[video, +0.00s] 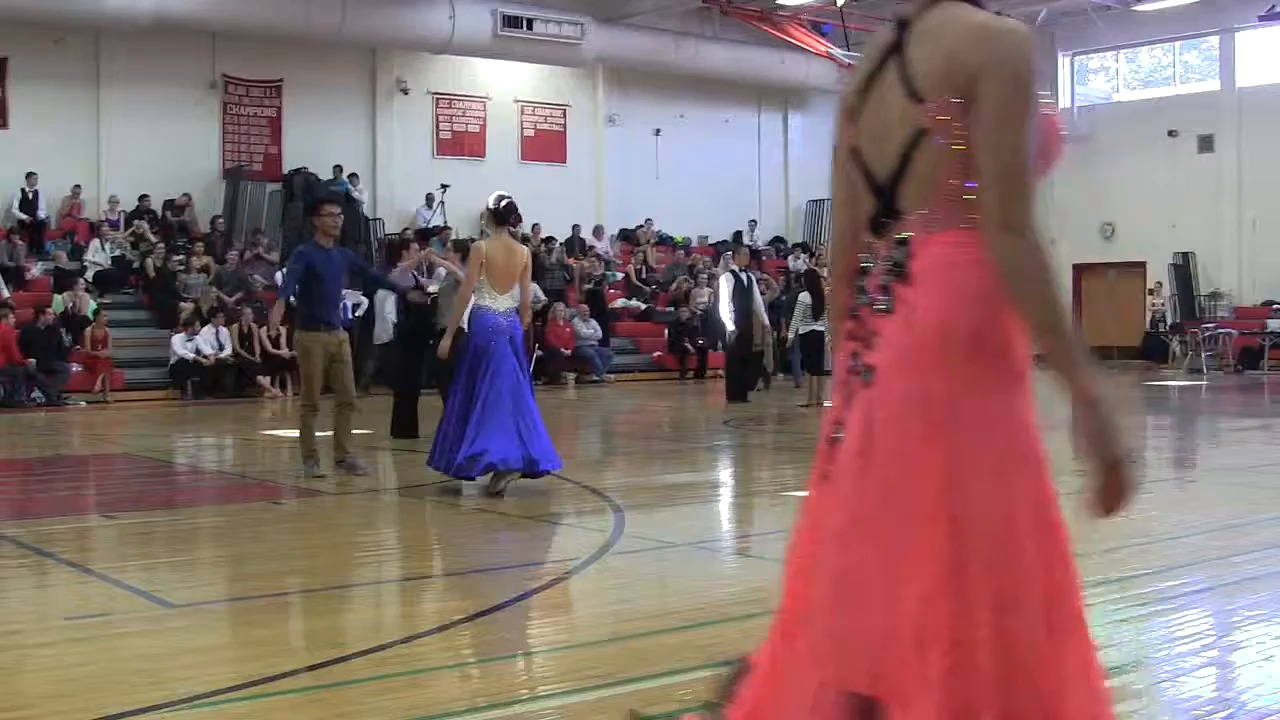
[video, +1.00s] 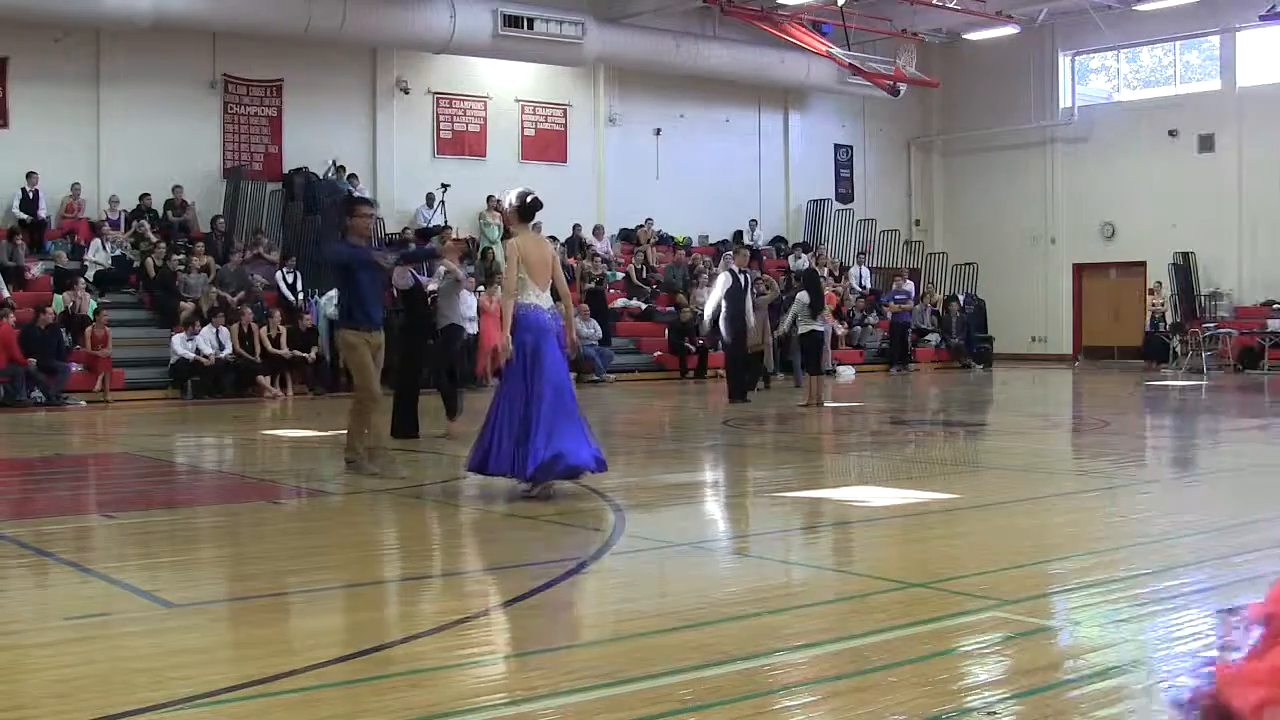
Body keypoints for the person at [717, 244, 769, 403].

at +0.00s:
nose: (747, 258)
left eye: (748, 255)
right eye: (744, 255)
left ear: (749, 257)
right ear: (735, 256)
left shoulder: (751, 277)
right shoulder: (726, 278)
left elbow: (758, 302)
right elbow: (724, 304)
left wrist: (765, 322)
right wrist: (730, 326)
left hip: (748, 322)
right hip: (735, 322)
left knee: (747, 356)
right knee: (734, 358)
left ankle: (743, 391)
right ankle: (733, 394)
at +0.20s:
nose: (748, 257)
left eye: (748, 254)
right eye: (744, 254)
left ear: (748, 257)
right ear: (735, 256)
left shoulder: (750, 277)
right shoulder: (727, 277)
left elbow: (756, 301)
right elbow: (725, 305)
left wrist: (763, 320)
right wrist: (730, 327)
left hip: (749, 322)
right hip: (735, 322)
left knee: (747, 356)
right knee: (734, 357)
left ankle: (743, 391)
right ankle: (732, 393)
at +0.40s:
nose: (748, 258)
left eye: (748, 255)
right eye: (745, 255)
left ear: (746, 258)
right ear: (736, 257)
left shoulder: (748, 277)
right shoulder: (726, 277)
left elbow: (752, 300)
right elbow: (725, 304)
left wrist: (754, 320)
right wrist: (732, 327)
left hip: (746, 319)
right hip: (733, 319)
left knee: (743, 356)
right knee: (732, 357)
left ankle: (741, 391)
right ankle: (731, 392)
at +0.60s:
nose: (746, 259)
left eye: (747, 256)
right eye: (743, 255)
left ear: (746, 258)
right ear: (734, 256)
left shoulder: (747, 277)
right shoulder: (725, 276)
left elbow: (750, 302)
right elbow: (723, 304)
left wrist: (752, 322)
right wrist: (729, 327)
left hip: (745, 320)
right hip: (732, 320)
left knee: (742, 357)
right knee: (732, 359)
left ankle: (741, 391)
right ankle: (731, 393)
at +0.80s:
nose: (746, 259)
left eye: (747, 256)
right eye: (743, 255)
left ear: (746, 258)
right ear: (734, 256)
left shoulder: (747, 277)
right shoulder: (725, 276)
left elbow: (750, 304)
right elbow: (720, 303)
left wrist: (751, 325)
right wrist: (720, 327)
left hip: (742, 323)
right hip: (730, 323)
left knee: (742, 358)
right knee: (731, 360)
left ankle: (741, 392)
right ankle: (732, 393)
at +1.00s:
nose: (747, 259)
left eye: (748, 256)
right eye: (744, 256)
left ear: (747, 258)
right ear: (735, 257)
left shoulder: (747, 277)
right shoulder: (726, 276)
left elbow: (749, 301)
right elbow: (714, 298)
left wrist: (751, 321)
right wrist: (707, 319)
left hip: (742, 320)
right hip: (728, 319)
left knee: (742, 355)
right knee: (732, 355)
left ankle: (741, 392)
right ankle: (734, 393)